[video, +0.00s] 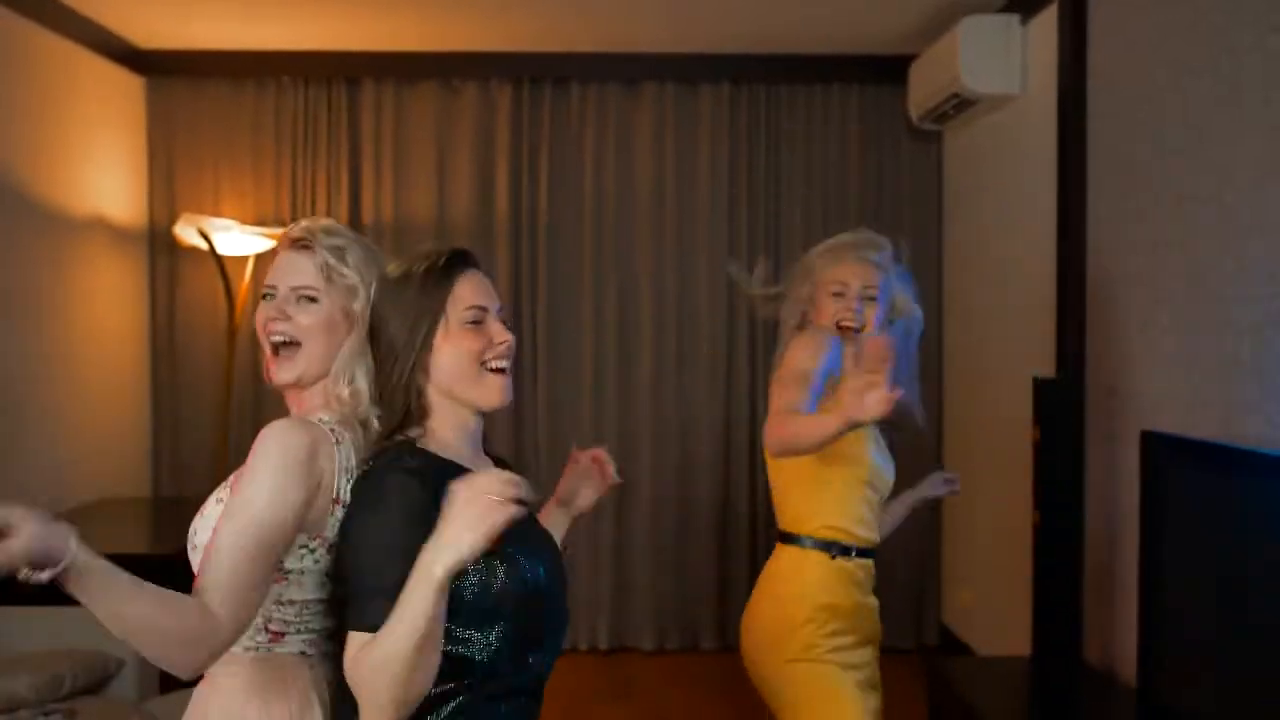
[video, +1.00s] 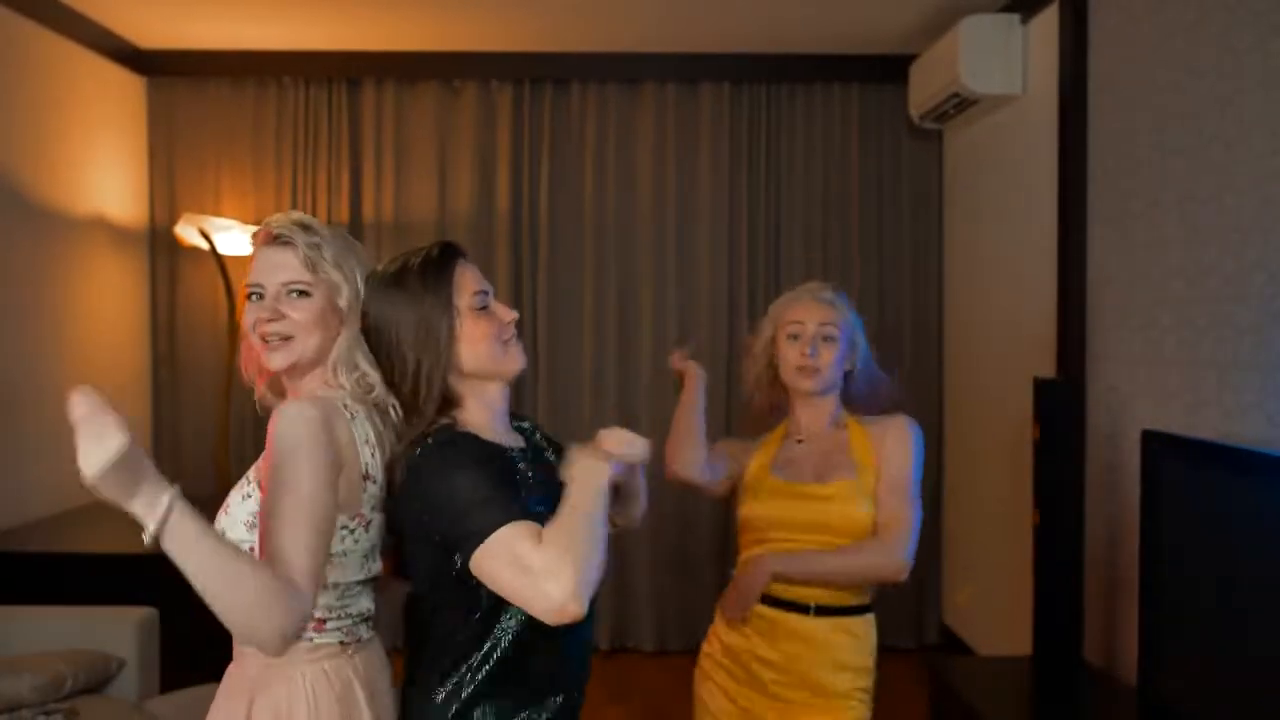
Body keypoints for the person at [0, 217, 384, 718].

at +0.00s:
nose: (274, 315)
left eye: (305, 298)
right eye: (269, 297)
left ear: (360, 318)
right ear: (255, 310)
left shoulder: (293, 443)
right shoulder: (369, 443)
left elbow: (196, 643)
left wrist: (69, 558)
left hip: (251, 693)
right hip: (316, 692)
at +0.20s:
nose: (272, 297)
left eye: (302, 280)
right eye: (262, 281)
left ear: (353, 298)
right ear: (248, 294)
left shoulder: (293, 390)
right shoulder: (362, 393)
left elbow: (179, 556)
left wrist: (99, 386)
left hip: (259, 671)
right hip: (325, 659)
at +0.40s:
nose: (268, 282)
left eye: (296, 263)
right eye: (256, 263)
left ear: (350, 275)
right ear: (244, 272)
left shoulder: (299, 353)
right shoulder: (344, 363)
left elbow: (184, 443)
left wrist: (47, 398)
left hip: (273, 656)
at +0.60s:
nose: (264, 297)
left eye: (293, 277)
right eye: (253, 277)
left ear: (345, 292)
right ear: (241, 287)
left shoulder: (301, 407)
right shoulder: (346, 402)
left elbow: (214, 586)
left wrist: (71, 549)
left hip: (280, 676)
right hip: (337, 659)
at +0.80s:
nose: (264, 325)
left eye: (296, 304)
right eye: (255, 303)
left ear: (347, 321)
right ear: (242, 313)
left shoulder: (304, 442)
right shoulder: (351, 430)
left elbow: (287, 657)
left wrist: (140, 604)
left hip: (298, 696)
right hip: (344, 683)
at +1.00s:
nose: (268, 313)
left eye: (297, 293)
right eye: (256, 295)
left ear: (347, 308)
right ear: (243, 308)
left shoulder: (306, 418)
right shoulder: (362, 412)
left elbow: (276, 621)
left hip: (292, 682)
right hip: (355, 666)